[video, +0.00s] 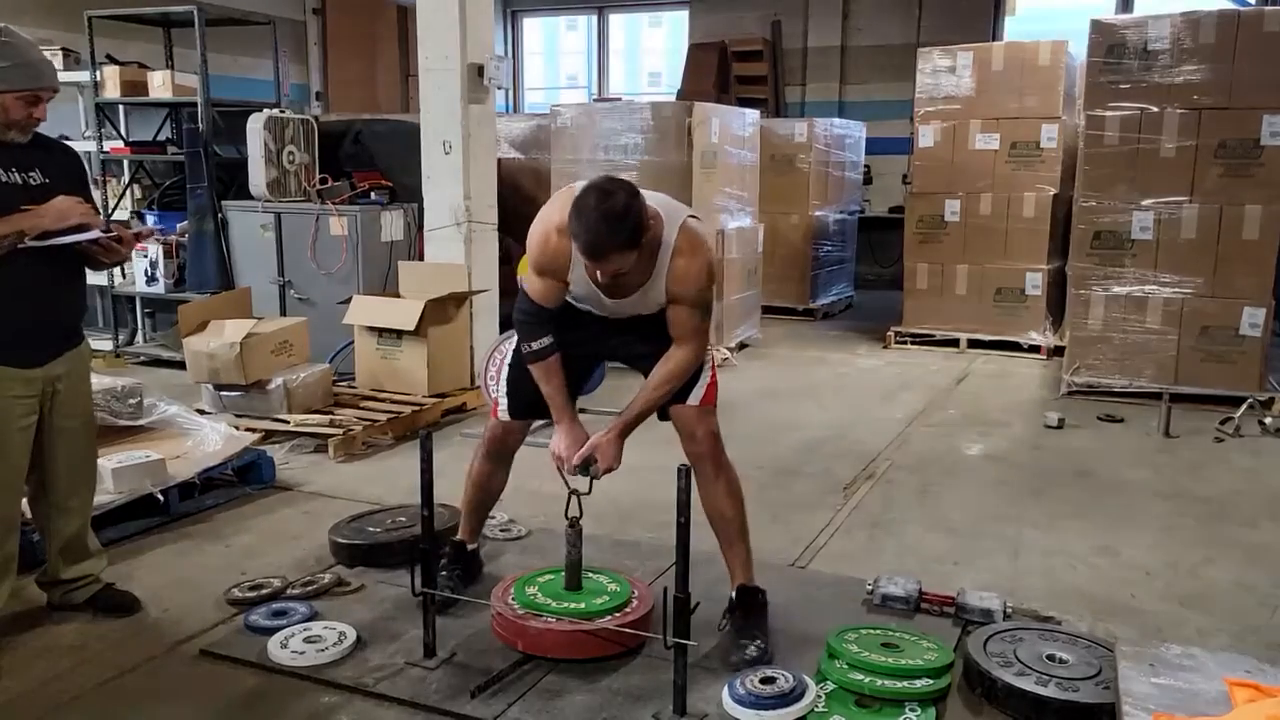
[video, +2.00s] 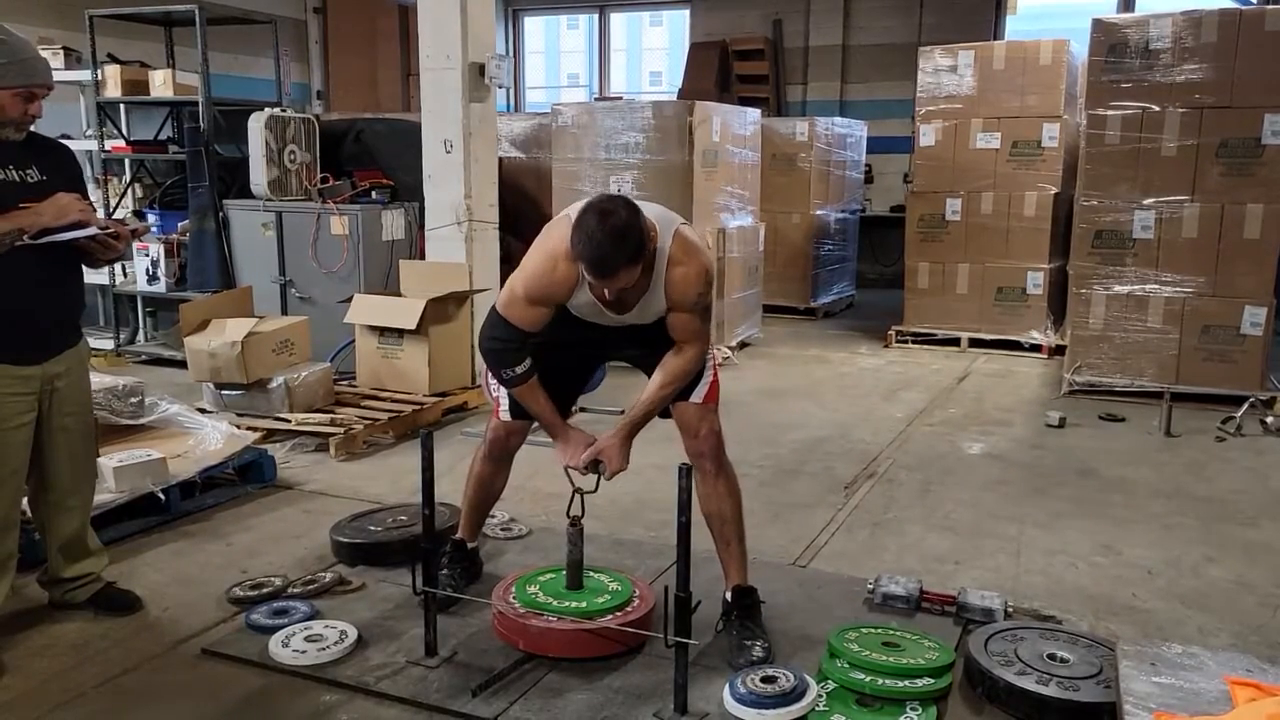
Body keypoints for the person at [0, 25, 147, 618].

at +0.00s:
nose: (40, 111)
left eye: (45, 100)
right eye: (29, 100)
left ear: (46, 96)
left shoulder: (62, 159)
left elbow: (85, 245)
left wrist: (110, 252)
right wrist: (38, 218)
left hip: (65, 350)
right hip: (6, 359)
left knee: (70, 476)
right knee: (7, 491)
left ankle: (74, 582)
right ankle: (3, 599)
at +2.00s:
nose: (35, 107)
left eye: (41, 95)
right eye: (25, 95)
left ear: (45, 92)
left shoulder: (57, 156)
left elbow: (83, 246)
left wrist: (107, 249)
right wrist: (37, 216)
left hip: (64, 346)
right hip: (5, 354)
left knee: (70, 473)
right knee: (7, 488)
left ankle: (75, 580)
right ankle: (1, 599)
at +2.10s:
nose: (36, 107)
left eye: (42, 95)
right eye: (25, 95)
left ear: (45, 91)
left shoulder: (57, 156)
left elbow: (84, 246)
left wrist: (107, 249)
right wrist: (38, 216)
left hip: (64, 346)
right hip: (5, 354)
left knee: (70, 473)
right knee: (7, 489)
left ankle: (75, 580)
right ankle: (1, 599)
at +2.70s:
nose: (38, 108)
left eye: (44, 96)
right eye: (27, 96)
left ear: (47, 93)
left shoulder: (58, 156)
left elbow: (80, 248)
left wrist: (108, 250)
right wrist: (39, 217)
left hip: (66, 347)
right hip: (6, 356)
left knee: (71, 474)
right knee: (7, 491)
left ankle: (74, 581)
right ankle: (0, 599)